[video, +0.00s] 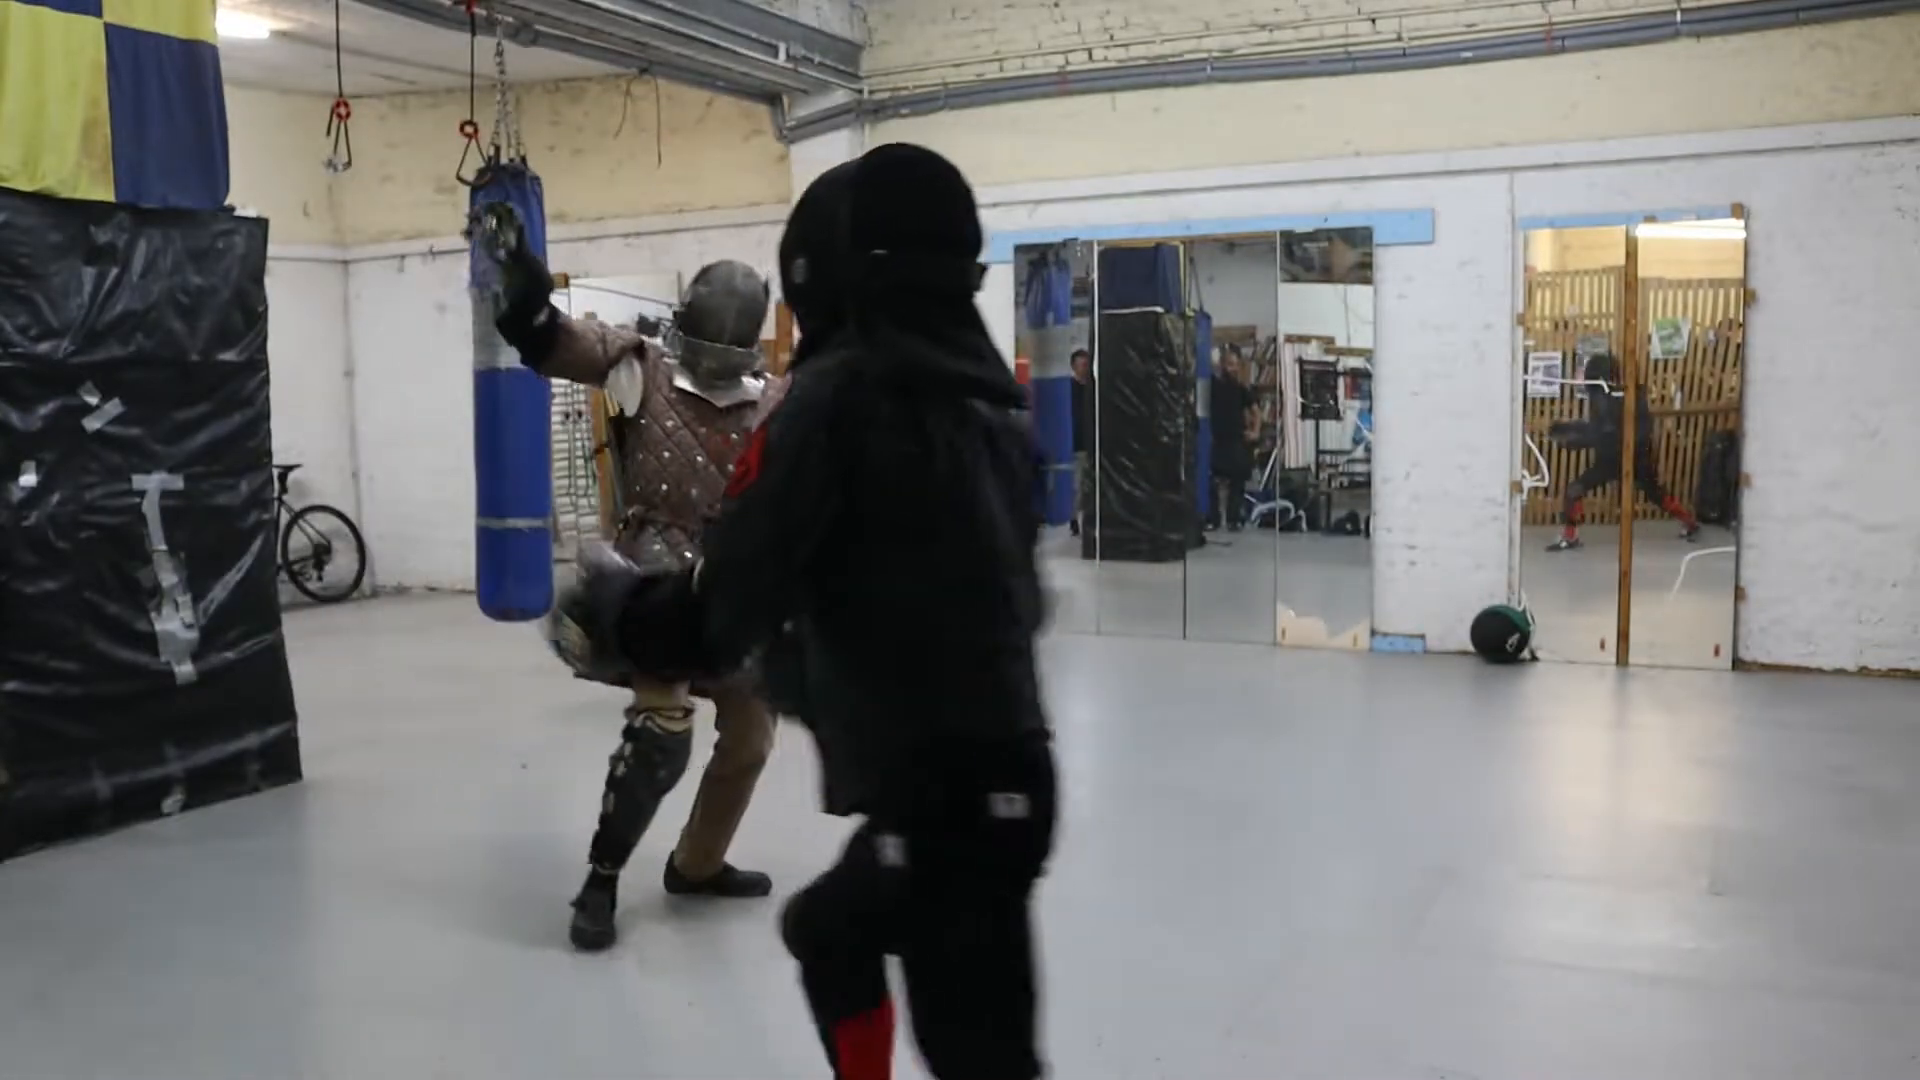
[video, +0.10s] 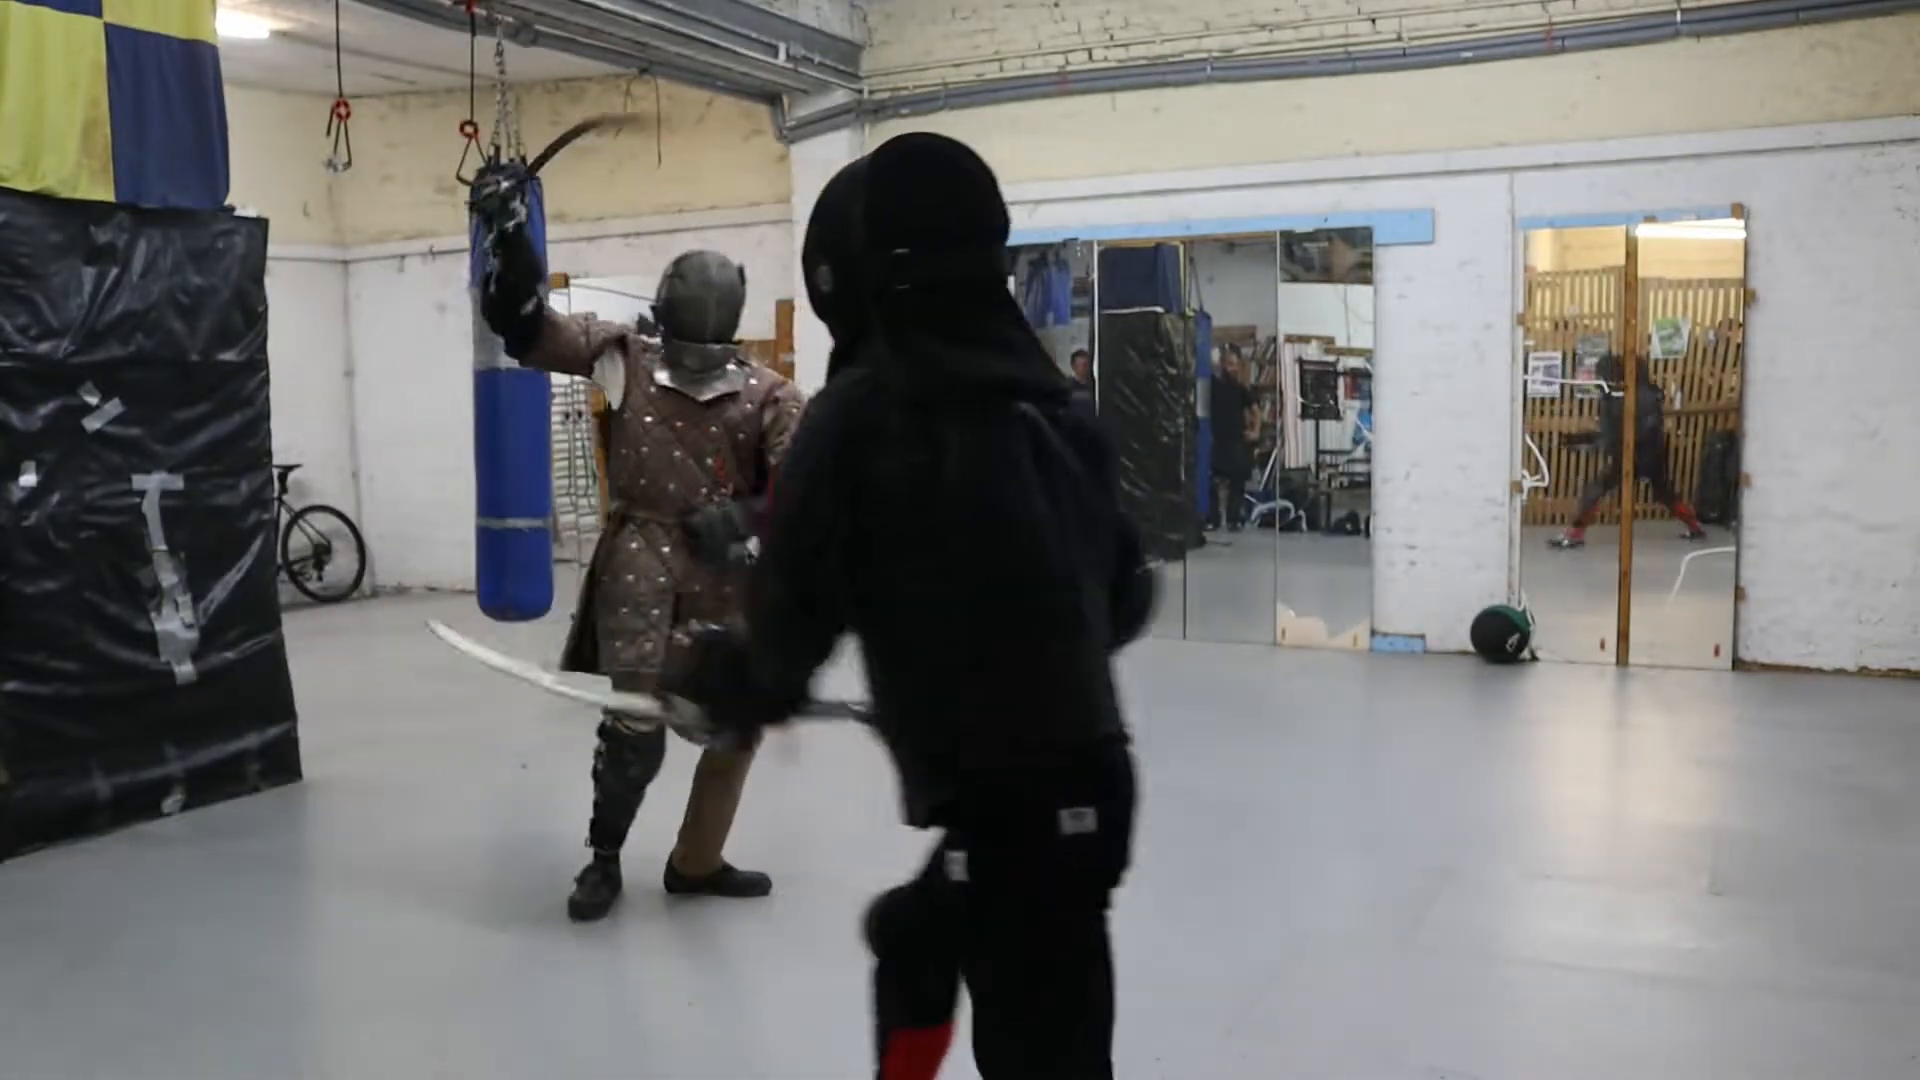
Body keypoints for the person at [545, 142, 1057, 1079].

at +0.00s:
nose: (789, 287)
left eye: (799, 263)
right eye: (793, 263)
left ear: (836, 272)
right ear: (948, 269)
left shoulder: (830, 409)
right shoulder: (984, 409)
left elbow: (719, 620)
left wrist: (613, 602)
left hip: (935, 792)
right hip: (1001, 775)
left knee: (982, 1054)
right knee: (827, 928)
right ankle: (870, 1079)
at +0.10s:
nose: (819, 302)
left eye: (826, 276)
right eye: (820, 276)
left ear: (863, 277)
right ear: (979, 264)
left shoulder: (855, 418)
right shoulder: (1049, 404)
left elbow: (792, 625)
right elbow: (1125, 592)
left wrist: (728, 677)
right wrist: (1020, 647)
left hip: (982, 800)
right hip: (1092, 781)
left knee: (1046, 1045)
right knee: (912, 938)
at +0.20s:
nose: (848, 303)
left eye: (854, 276)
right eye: (845, 276)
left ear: (895, 273)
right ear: (1009, 255)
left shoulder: (896, 425)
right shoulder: (1098, 400)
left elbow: (864, 693)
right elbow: (1191, 572)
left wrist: (770, 677)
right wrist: (1072, 638)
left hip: (1043, 801)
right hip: (1142, 779)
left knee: (1058, 1056)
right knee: (961, 928)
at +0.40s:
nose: (903, 275)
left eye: (910, 247)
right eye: (904, 247)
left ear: (945, 248)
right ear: (1066, 232)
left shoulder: (944, 391)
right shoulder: (1153, 376)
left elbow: (872, 631)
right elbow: (1217, 556)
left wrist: (796, 578)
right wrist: (1108, 610)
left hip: (1063, 771)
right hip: (1171, 750)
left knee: (1109, 1045)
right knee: (1000, 932)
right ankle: (1049, 1065)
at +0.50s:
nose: (922, 268)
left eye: (928, 242)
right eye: (921, 242)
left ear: (962, 239)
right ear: (1080, 229)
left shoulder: (951, 371)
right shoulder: (1147, 361)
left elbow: (849, 589)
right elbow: (1198, 550)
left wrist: (794, 503)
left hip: (1072, 756)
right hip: (1168, 738)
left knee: (1129, 1038)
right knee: (1000, 929)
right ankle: (1055, 1068)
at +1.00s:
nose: (934, 262)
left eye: (942, 236)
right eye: (936, 236)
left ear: (977, 240)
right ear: (1103, 233)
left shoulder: (945, 383)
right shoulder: (1177, 386)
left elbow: (868, 624)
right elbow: (1229, 560)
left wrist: (836, 589)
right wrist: (1112, 557)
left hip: (1049, 768)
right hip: (1175, 757)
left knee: (1031, 1046)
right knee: (1042, 1013)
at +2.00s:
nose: (894, 275)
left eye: (901, 244)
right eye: (890, 246)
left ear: (949, 239)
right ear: (1077, 230)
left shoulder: (937, 400)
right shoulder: (1147, 387)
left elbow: (779, 617)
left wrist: (760, 505)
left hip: (1043, 866)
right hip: (1161, 845)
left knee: (945, 1066)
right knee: (1013, 1057)